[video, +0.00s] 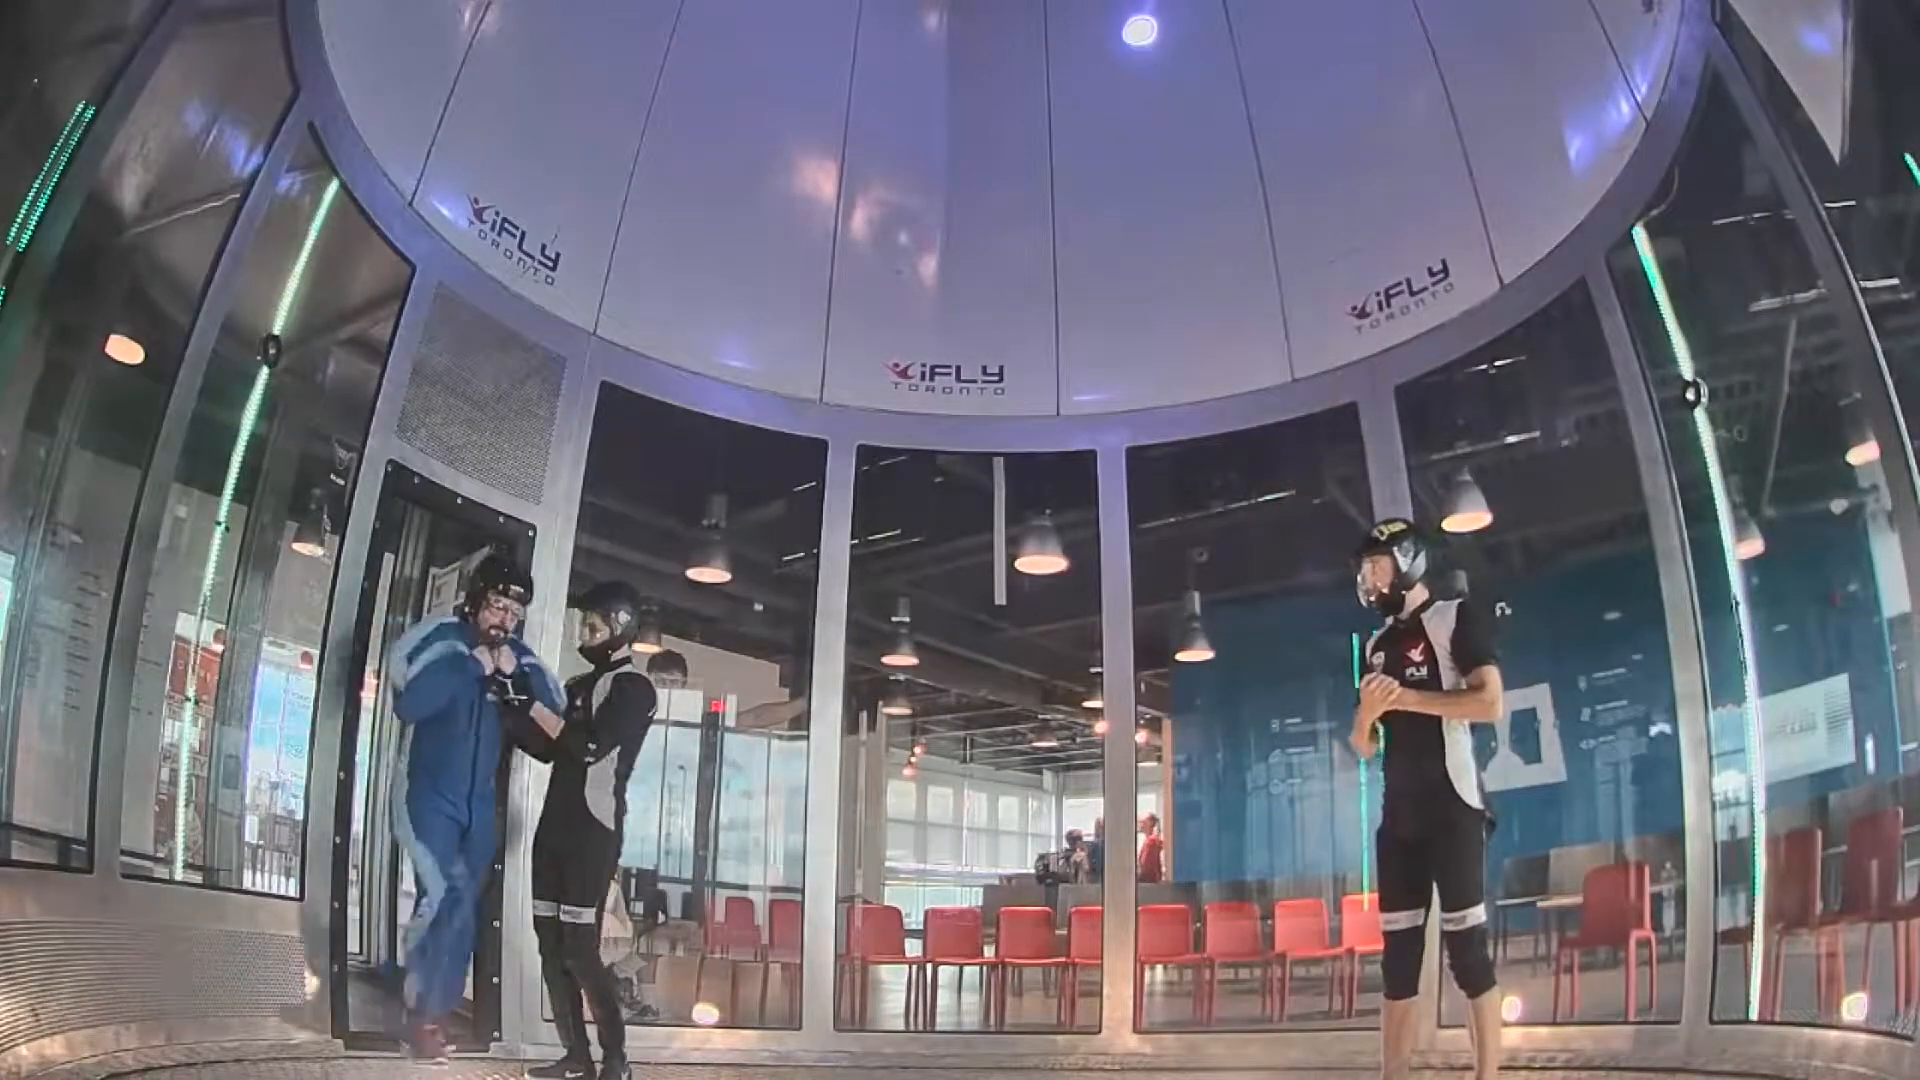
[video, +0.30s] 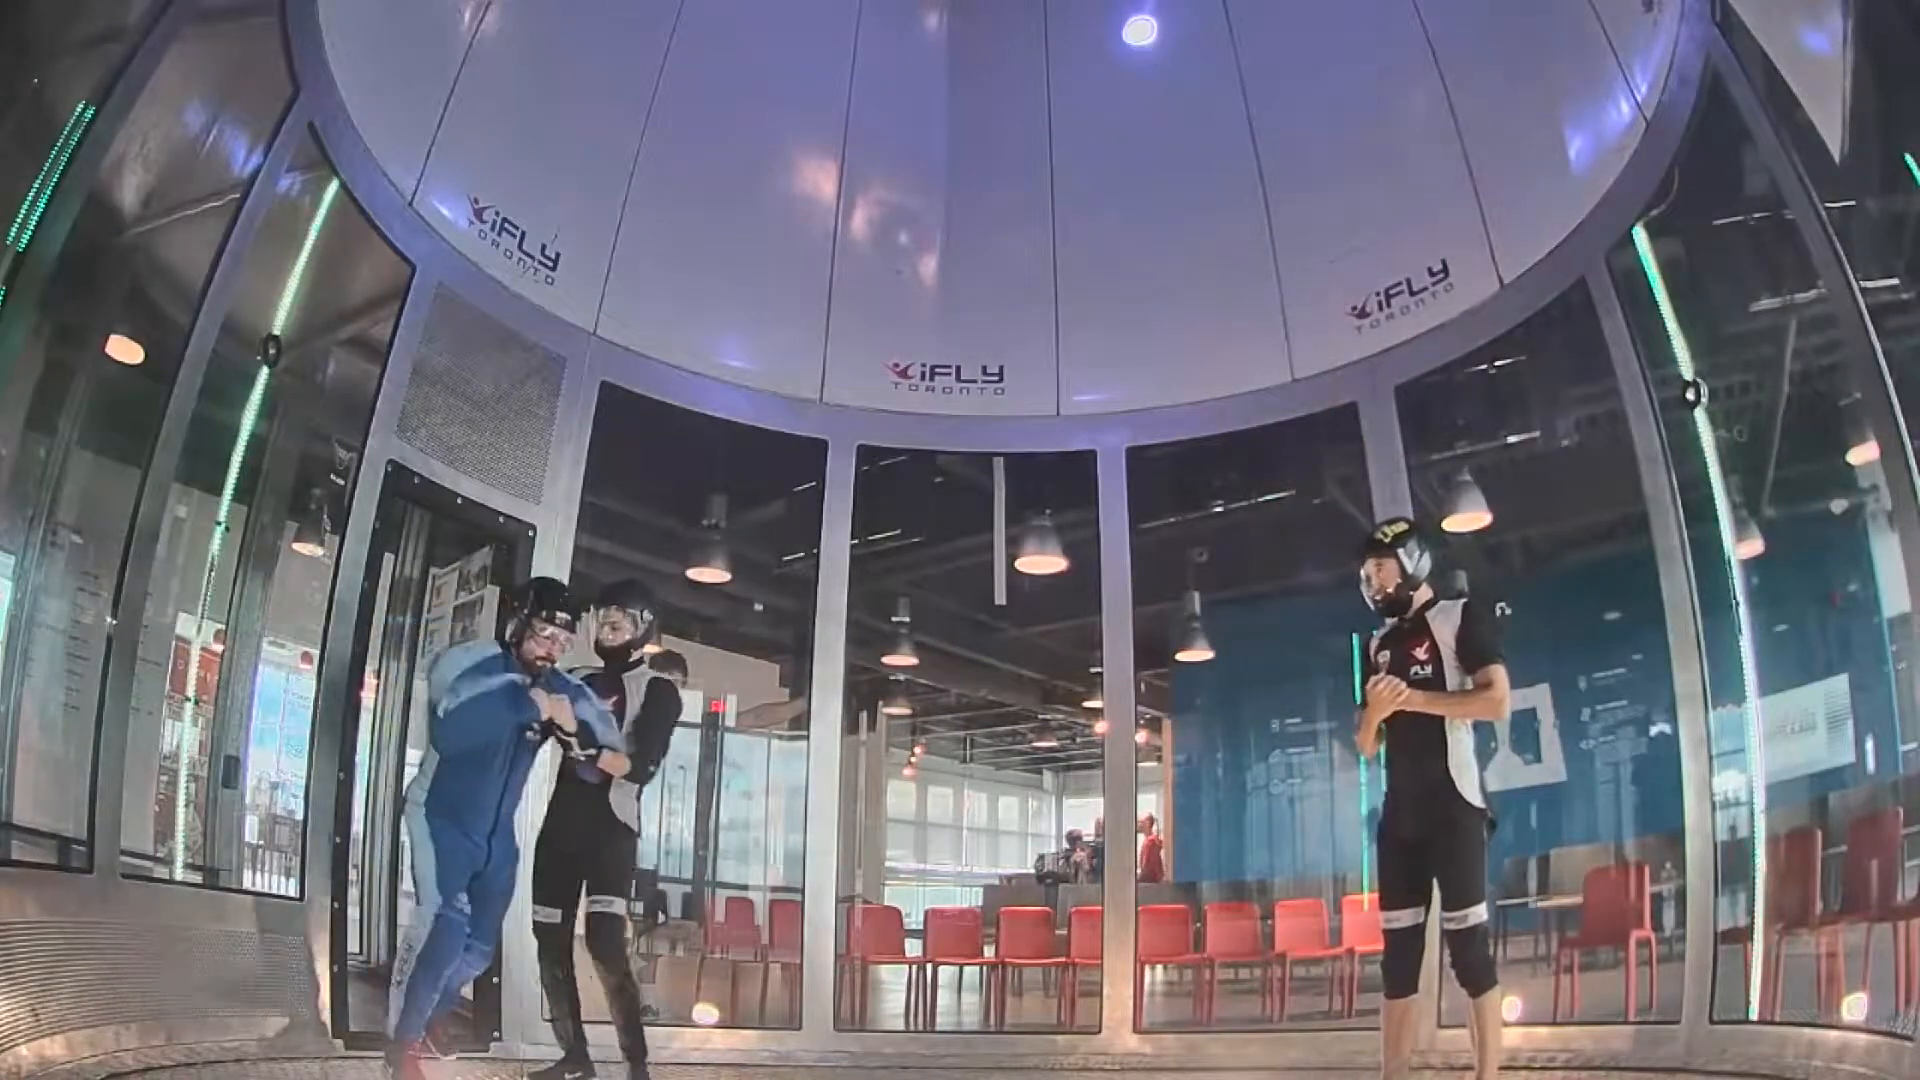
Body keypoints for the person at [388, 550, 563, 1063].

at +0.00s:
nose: (503, 619)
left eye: (513, 611)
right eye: (496, 606)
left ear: (521, 615)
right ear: (473, 603)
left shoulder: (518, 656)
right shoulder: (443, 641)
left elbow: (555, 713)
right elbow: (408, 705)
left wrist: (513, 672)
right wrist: (470, 661)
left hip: (484, 798)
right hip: (432, 792)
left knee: (464, 900)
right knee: (449, 890)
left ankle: (436, 1016)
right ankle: (423, 1013)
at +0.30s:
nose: (552, 647)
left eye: (561, 638)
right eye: (543, 633)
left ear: (567, 643)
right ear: (516, 626)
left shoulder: (562, 688)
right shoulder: (476, 670)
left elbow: (612, 749)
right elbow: (447, 735)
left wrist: (574, 725)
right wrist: (522, 702)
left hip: (500, 828)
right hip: (446, 820)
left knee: (481, 947)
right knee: (449, 930)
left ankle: (422, 1025)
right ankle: (406, 1047)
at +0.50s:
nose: (579, 677)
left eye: (590, 671)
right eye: (571, 663)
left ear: (599, 672)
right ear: (543, 653)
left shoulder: (585, 702)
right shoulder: (501, 680)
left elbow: (619, 715)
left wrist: (656, 732)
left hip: (515, 851)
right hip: (455, 836)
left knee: (498, 965)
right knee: (464, 959)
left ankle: (419, 1026)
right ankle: (404, 1047)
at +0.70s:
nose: (604, 714)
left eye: (615, 705)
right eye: (595, 701)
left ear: (624, 710)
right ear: (572, 694)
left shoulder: (618, 735)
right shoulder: (529, 720)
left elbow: (684, 725)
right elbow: (493, 656)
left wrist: (751, 715)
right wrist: (572, 651)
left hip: (529, 887)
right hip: (470, 869)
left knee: (498, 997)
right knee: (478, 992)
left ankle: (424, 1038)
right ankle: (404, 1040)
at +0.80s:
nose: (618, 722)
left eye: (630, 714)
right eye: (609, 707)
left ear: (640, 719)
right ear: (583, 698)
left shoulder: (629, 744)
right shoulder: (540, 721)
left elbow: (700, 722)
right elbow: (508, 645)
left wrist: (768, 705)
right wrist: (574, 617)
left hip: (535, 899)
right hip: (477, 876)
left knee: (488, 1014)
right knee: (478, 1008)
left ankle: (420, 1044)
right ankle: (407, 1037)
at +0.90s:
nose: (663, 745)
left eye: (675, 733)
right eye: (653, 728)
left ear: (684, 728)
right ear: (624, 709)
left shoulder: (675, 735)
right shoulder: (579, 718)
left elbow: (748, 706)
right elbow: (555, 624)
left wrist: (826, 670)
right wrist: (590, 554)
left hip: (548, 896)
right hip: (493, 875)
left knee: (480, 1002)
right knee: (465, 1005)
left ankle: (423, 1049)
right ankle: (408, 1053)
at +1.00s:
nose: (694, 738)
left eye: (706, 728)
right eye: (686, 719)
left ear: (714, 726)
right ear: (656, 699)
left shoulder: (696, 735)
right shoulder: (604, 704)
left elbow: (774, 697)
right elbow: (587, 612)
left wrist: (859, 668)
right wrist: (622, 536)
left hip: (558, 891)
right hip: (502, 862)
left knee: (484, 970)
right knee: (461, 970)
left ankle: (419, 1025)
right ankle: (407, 1034)